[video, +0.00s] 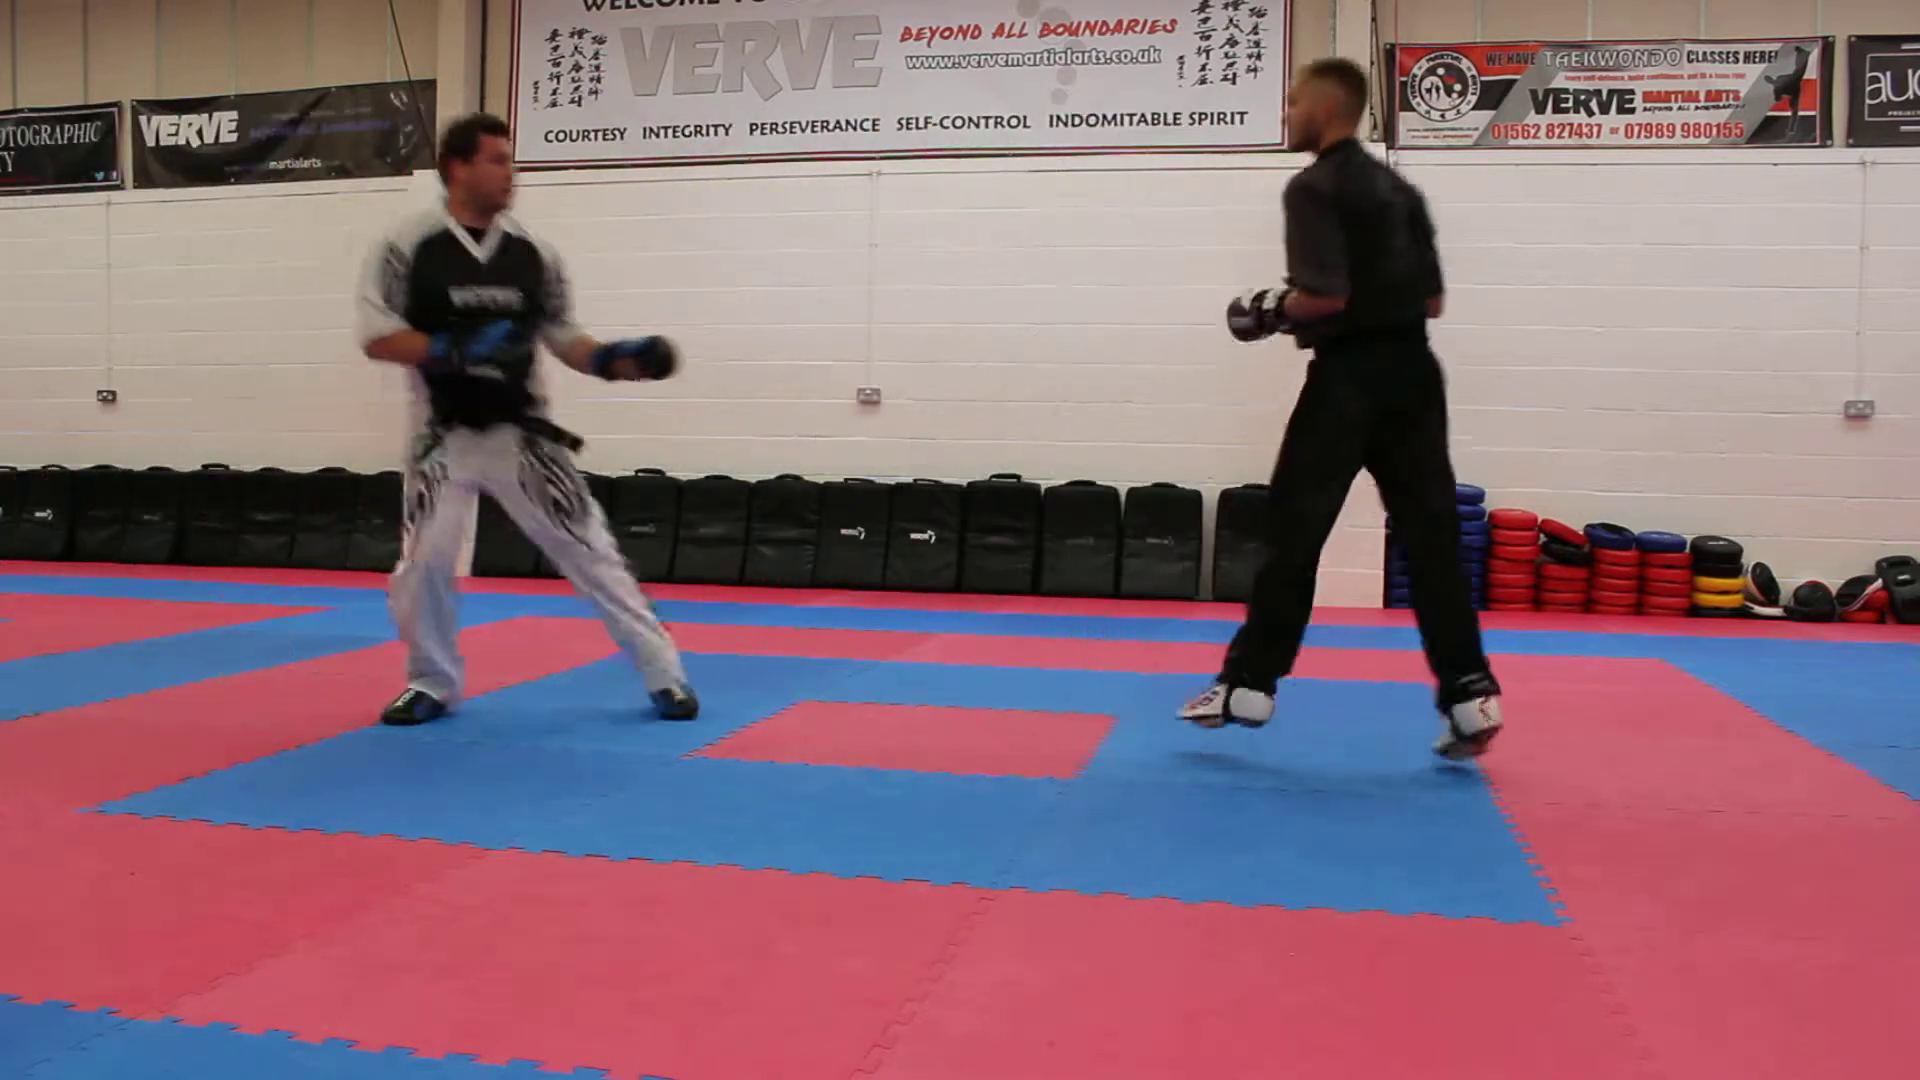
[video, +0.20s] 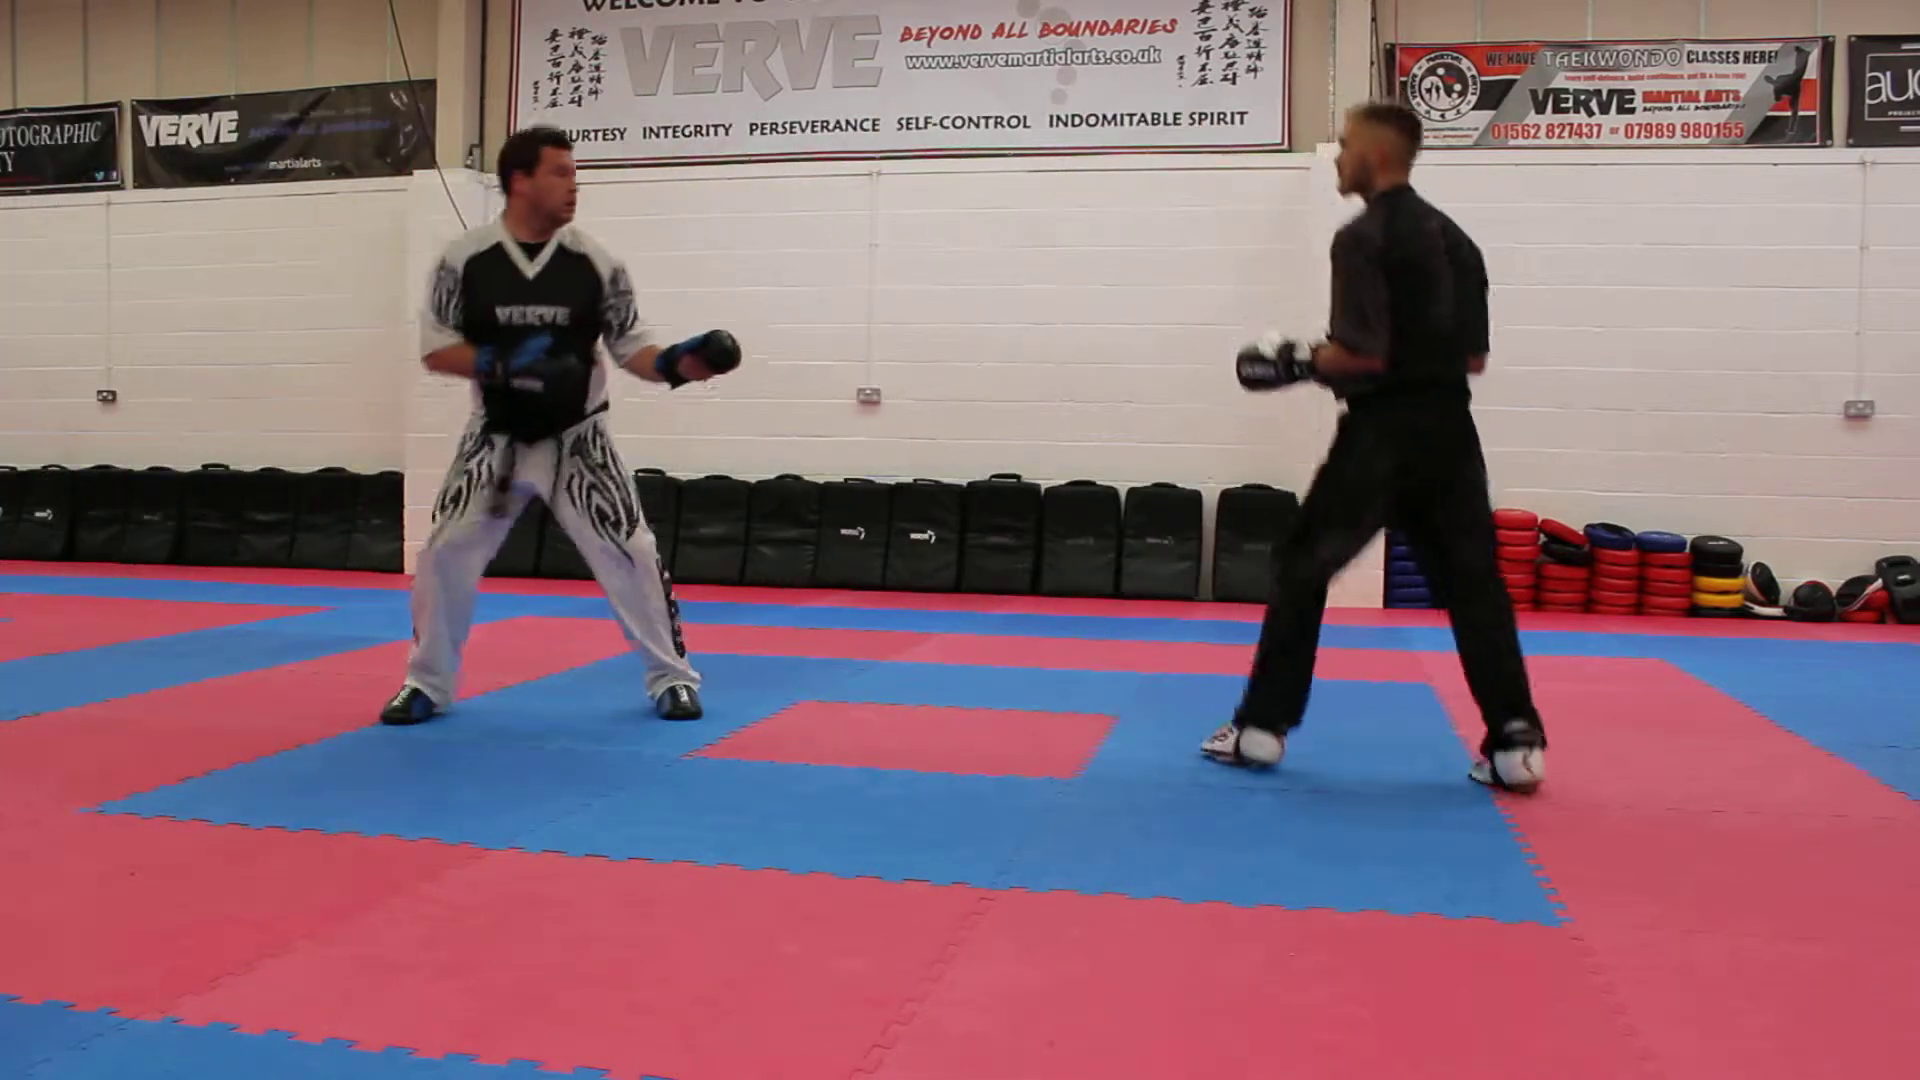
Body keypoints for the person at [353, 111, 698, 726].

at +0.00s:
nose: (511, 175)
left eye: (511, 163)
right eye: (498, 162)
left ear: (499, 171)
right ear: (456, 169)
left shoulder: (532, 257)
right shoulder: (406, 249)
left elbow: (563, 338)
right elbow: (376, 336)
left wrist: (614, 361)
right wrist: (454, 349)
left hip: (521, 435)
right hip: (444, 438)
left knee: (592, 555)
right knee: (425, 563)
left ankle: (665, 676)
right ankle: (431, 685)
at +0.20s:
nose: (574, 186)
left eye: (574, 174)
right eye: (561, 175)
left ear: (563, 182)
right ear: (519, 182)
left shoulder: (595, 265)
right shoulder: (463, 262)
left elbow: (630, 346)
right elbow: (436, 352)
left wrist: (673, 364)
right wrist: (499, 362)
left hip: (578, 440)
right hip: (495, 441)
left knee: (631, 550)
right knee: (444, 554)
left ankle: (672, 677)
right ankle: (427, 684)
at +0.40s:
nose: (597, 188)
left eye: (597, 176)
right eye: (584, 176)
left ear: (587, 182)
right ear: (541, 183)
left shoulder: (616, 269)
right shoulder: (482, 258)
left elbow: (645, 354)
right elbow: (449, 348)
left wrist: (685, 369)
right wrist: (516, 361)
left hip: (592, 440)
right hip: (507, 442)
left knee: (647, 555)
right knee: (441, 556)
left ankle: (692, 680)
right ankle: (406, 670)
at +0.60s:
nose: (600, 199)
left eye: (600, 188)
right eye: (587, 188)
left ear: (592, 195)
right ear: (544, 194)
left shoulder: (618, 278)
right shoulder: (483, 267)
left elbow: (644, 364)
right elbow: (451, 355)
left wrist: (682, 385)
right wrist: (514, 369)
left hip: (595, 448)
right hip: (509, 450)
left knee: (646, 555)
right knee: (446, 559)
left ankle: (691, 680)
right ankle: (412, 676)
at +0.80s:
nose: (598, 208)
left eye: (597, 196)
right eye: (585, 197)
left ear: (586, 204)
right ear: (540, 203)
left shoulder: (616, 284)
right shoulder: (483, 279)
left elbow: (655, 362)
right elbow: (452, 367)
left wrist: (692, 376)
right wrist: (506, 391)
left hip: (596, 453)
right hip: (514, 454)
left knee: (650, 563)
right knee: (441, 560)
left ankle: (696, 687)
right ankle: (400, 673)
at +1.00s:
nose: (524, 216)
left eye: (526, 204)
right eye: (512, 203)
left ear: (527, 210)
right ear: (474, 209)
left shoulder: (546, 285)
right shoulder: (430, 294)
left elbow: (602, 362)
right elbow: (405, 367)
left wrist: (595, 335)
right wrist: (433, 402)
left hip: (545, 449)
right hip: (472, 455)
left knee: (606, 561)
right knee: (391, 540)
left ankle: (692, 680)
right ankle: (403, 672)